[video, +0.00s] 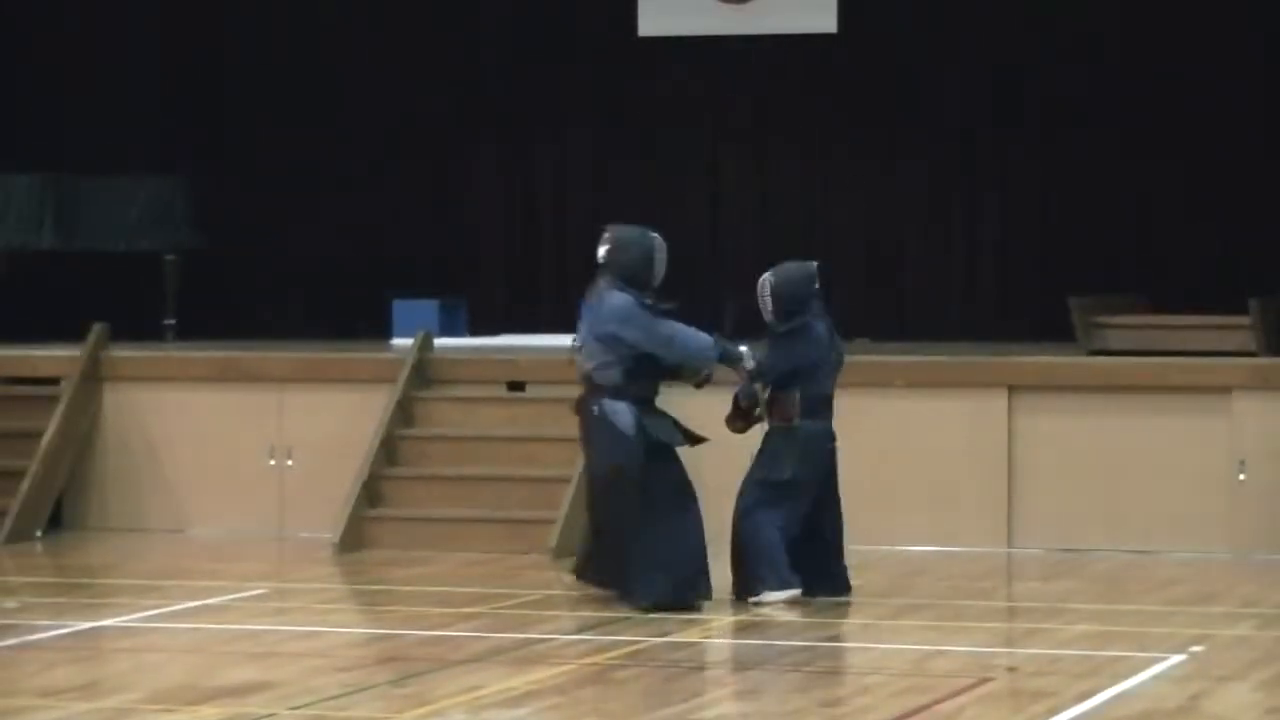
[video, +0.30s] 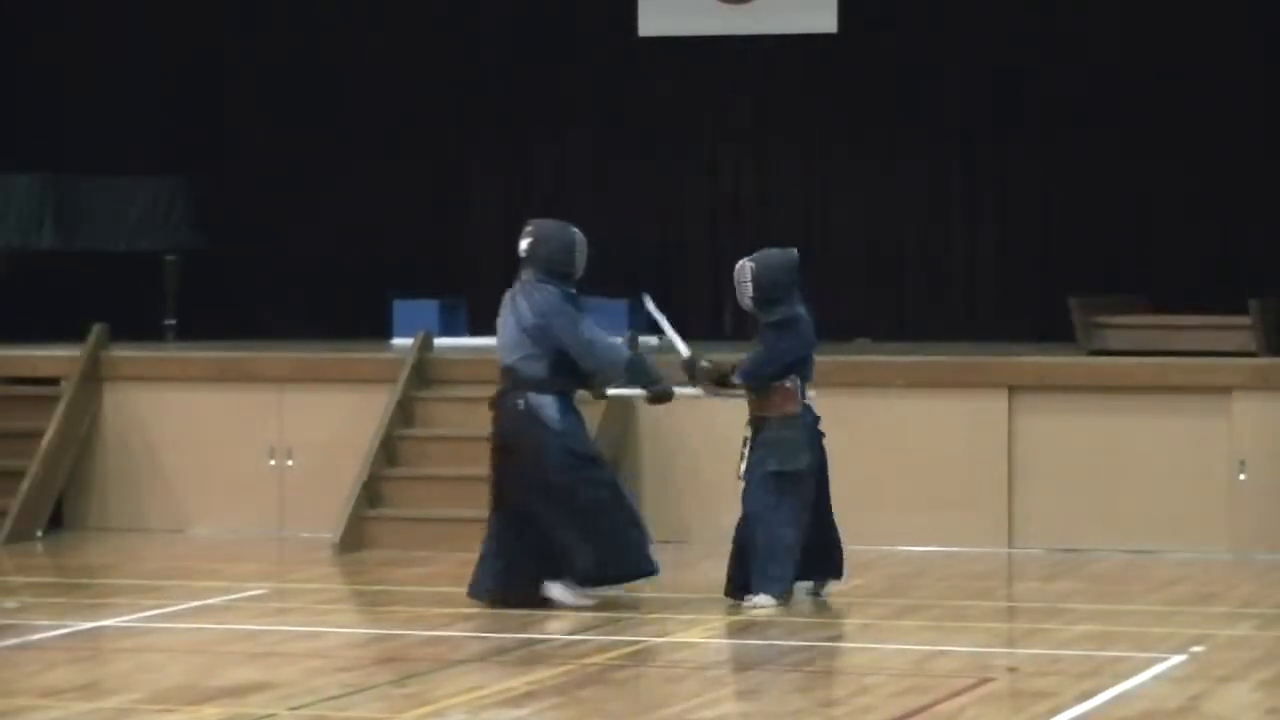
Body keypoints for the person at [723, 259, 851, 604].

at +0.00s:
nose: (766, 305)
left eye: (770, 298)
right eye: (766, 298)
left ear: (784, 299)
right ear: (806, 295)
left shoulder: (795, 338)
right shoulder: (823, 333)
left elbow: (763, 375)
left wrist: (745, 401)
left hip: (791, 437)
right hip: (818, 437)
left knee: (755, 507)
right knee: (815, 510)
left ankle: (775, 584)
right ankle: (827, 582)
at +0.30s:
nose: (744, 292)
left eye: (749, 285)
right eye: (745, 285)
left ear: (765, 286)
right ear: (778, 285)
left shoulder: (791, 326)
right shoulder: (776, 323)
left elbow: (762, 369)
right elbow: (759, 370)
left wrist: (727, 374)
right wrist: (716, 373)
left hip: (784, 429)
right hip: (777, 427)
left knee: (766, 506)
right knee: (804, 500)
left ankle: (768, 588)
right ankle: (816, 569)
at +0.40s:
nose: (734, 287)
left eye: (739, 279)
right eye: (734, 280)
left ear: (757, 281)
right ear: (765, 281)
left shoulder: (782, 324)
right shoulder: (758, 323)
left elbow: (747, 368)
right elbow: (735, 368)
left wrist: (704, 356)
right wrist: (698, 354)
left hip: (777, 430)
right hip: (756, 428)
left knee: (772, 507)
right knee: (752, 508)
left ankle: (779, 589)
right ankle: (765, 587)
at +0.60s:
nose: (709, 288)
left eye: (713, 280)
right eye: (709, 280)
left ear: (729, 281)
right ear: (742, 280)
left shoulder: (757, 324)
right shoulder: (734, 320)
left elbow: (722, 369)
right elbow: (714, 355)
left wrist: (677, 371)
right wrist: (680, 346)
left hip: (752, 429)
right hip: (725, 427)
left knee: (758, 507)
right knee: (719, 505)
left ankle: (770, 590)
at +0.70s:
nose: (694, 293)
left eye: (699, 285)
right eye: (694, 285)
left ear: (716, 286)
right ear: (728, 285)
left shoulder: (745, 328)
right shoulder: (716, 325)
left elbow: (707, 371)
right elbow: (698, 359)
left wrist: (665, 379)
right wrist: (670, 350)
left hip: (738, 432)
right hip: (707, 431)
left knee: (750, 509)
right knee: (687, 505)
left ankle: (765, 590)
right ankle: (678, 584)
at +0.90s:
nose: (655, 294)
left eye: (660, 287)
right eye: (655, 286)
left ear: (678, 288)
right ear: (686, 288)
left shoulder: (704, 331)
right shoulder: (675, 324)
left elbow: (668, 374)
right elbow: (658, 352)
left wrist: (628, 384)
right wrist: (628, 349)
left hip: (691, 436)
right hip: (661, 432)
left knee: (697, 507)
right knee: (647, 507)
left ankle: (740, 569)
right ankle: (648, 589)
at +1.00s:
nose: (636, 290)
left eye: (642, 283)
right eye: (637, 283)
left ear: (658, 285)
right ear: (671, 283)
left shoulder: (683, 328)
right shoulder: (653, 322)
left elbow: (647, 373)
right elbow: (630, 360)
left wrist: (613, 380)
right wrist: (604, 349)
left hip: (668, 432)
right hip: (644, 428)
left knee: (661, 505)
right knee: (631, 502)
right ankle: (636, 587)